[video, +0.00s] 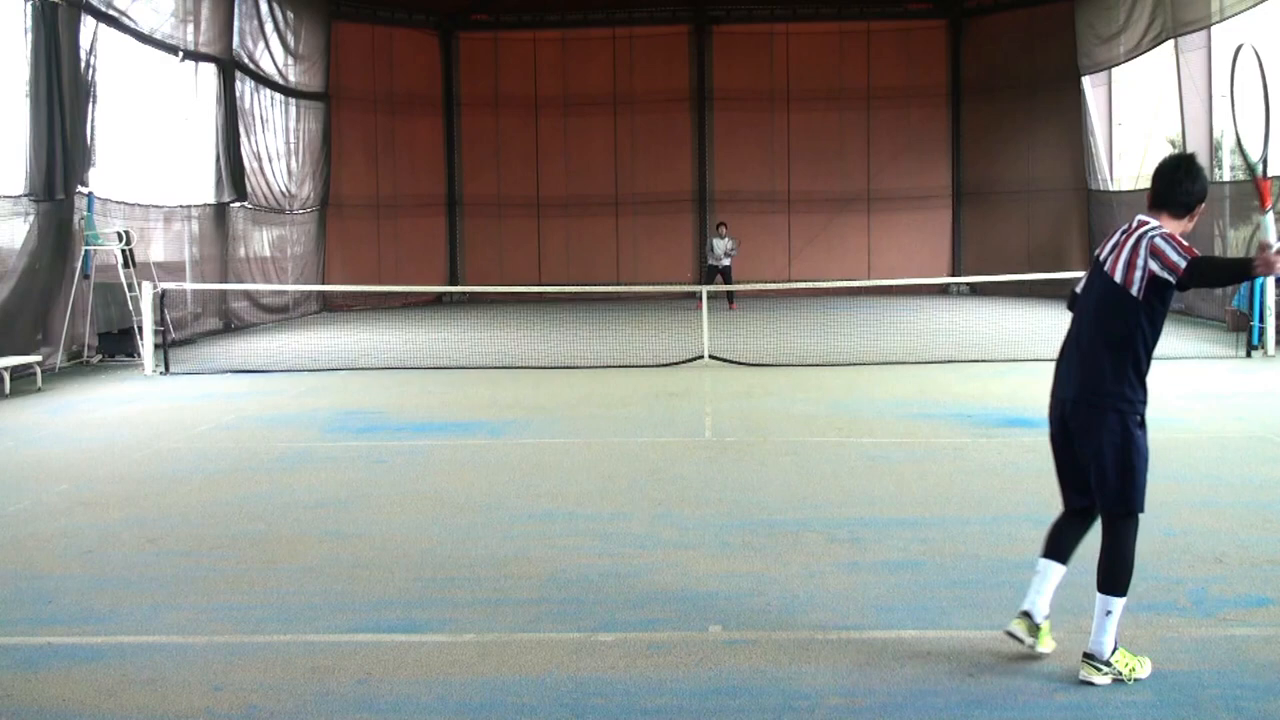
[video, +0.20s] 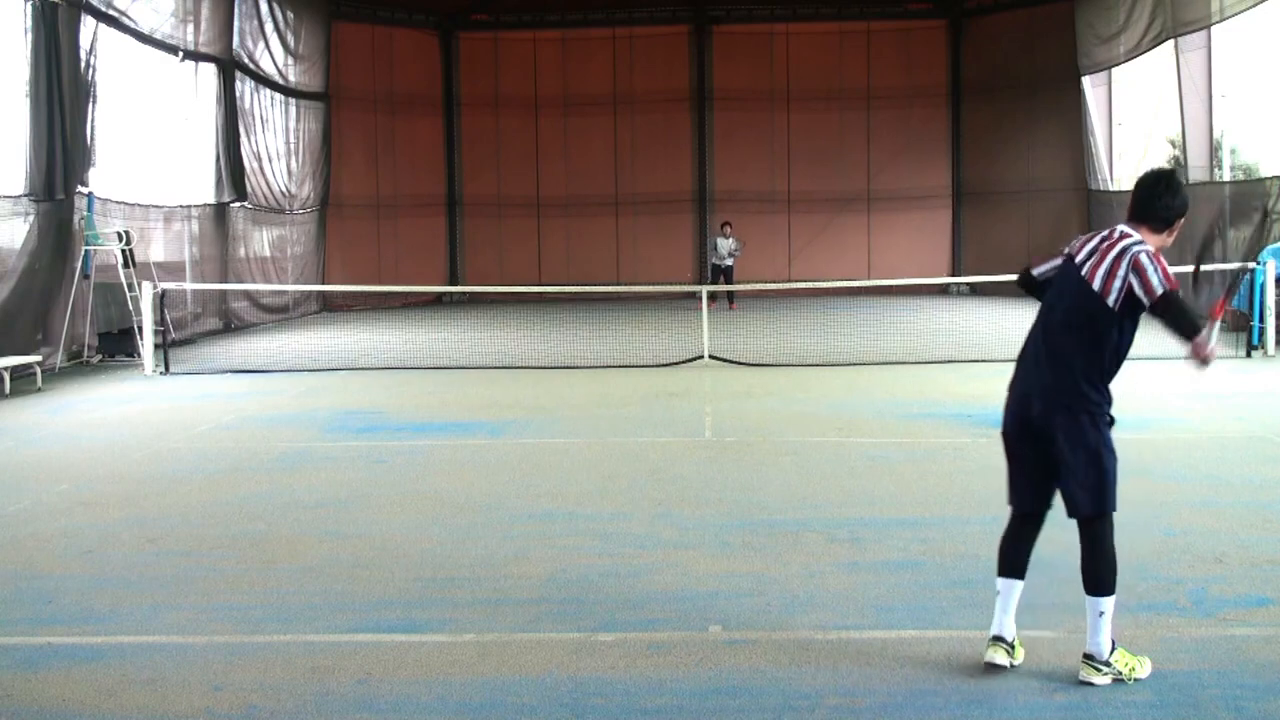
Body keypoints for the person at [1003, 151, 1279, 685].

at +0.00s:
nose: (1200, 218)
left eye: (1198, 211)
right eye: (1202, 210)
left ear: (1150, 196)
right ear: (1196, 209)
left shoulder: (1121, 236)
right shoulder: (1159, 241)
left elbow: (1077, 298)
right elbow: (1196, 270)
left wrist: (1121, 319)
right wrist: (1252, 266)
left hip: (1069, 396)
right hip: (1113, 403)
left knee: (1081, 506)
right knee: (1122, 520)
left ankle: (1032, 612)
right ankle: (1101, 653)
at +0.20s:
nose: (1175, 234)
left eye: (1174, 225)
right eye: (1177, 226)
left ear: (1127, 208)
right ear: (1174, 225)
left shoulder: (1085, 243)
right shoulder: (1142, 257)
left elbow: (1028, 281)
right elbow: (1178, 314)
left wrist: (1077, 296)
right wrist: (1200, 339)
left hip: (1024, 404)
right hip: (1077, 411)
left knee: (1026, 513)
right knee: (1096, 526)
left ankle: (1000, 634)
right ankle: (1100, 654)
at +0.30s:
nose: (1162, 242)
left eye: (1160, 233)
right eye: (1163, 234)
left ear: (1114, 219)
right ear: (1156, 236)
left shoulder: (1065, 243)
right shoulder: (1131, 276)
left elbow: (997, 266)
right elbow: (1142, 341)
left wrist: (1043, 298)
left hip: (998, 400)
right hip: (1055, 409)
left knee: (1002, 521)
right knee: (1082, 525)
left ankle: (999, 642)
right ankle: (1098, 652)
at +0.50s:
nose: (1127, 237)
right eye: (1128, 230)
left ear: (1075, 216)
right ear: (1123, 235)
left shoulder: (1030, 242)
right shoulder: (1109, 299)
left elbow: (950, 255)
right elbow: (1075, 378)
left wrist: (968, 280)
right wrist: (1052, 428)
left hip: (971, 404)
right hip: (1028, 416)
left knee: (981, 519)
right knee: (1030, 520)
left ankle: (997, 642)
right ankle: (1054, 642)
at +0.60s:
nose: (1108, 221)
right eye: (1109, 214)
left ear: (1056, 206)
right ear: (1104, 221)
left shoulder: (1014, 236)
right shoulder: (1095, 290)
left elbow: (929, 251)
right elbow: (1066, 345)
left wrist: (970, 263)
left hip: (968, 400)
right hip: (1027, 411)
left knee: (977, 520)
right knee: (1020, 517)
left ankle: (995, 639)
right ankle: (1018, 637)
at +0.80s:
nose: (1012, 200)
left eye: (1012, 192)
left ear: (1010, 200)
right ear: (1065, 211)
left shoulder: (973, 246)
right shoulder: (1066, 276)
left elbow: (892, 279)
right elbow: (1027, 304)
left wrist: (900, 296)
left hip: (959, 416)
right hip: (1019, 420)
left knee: (971, 528)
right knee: (1012, 533)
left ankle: (997, 638)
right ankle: (986, 639)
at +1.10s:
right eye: (1011, 176)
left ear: (954, 178)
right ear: (1011, 185)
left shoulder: (924, 232)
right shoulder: (1026, 254)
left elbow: (895, 315)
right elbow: (1016, 328)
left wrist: (887, 377)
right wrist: (961, 348)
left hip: (925, 414)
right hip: (989, 418)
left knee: (918, 532)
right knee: (983, 535)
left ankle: (922, 658)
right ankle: (976, 674)